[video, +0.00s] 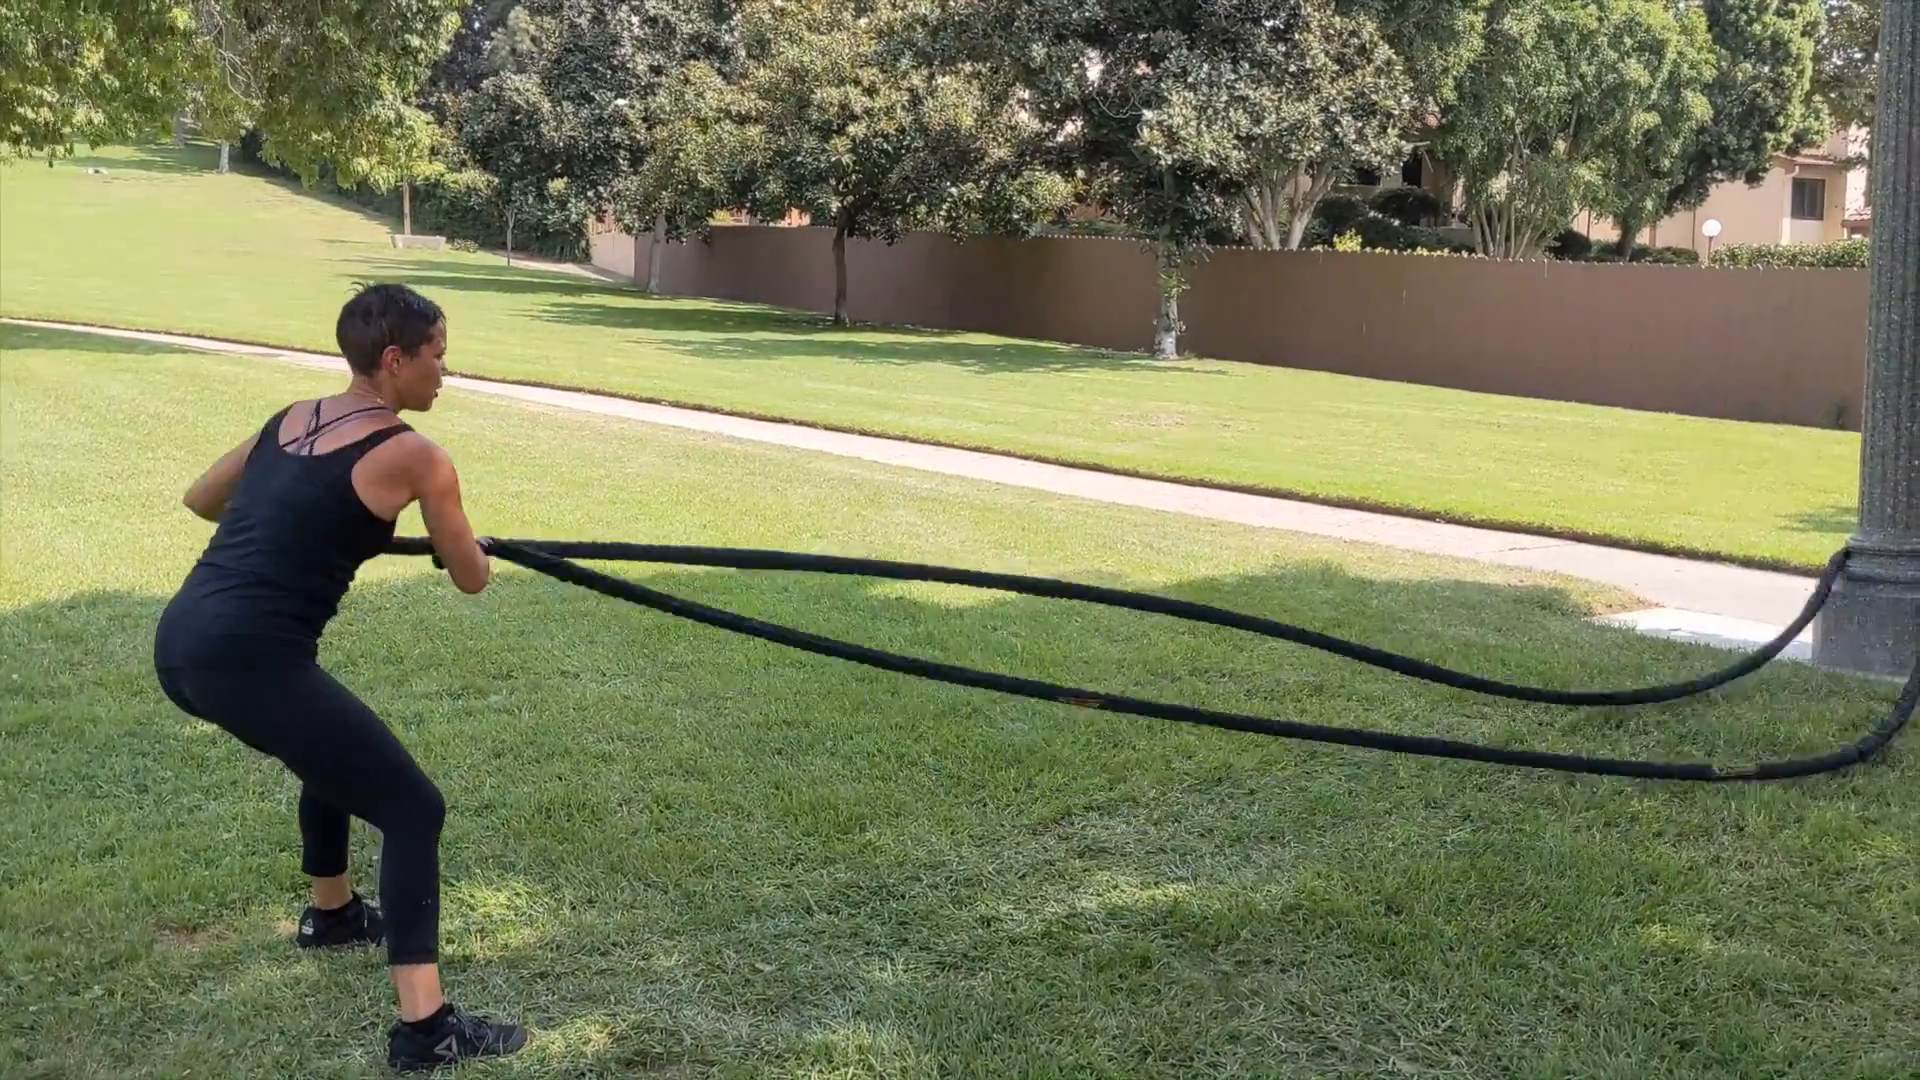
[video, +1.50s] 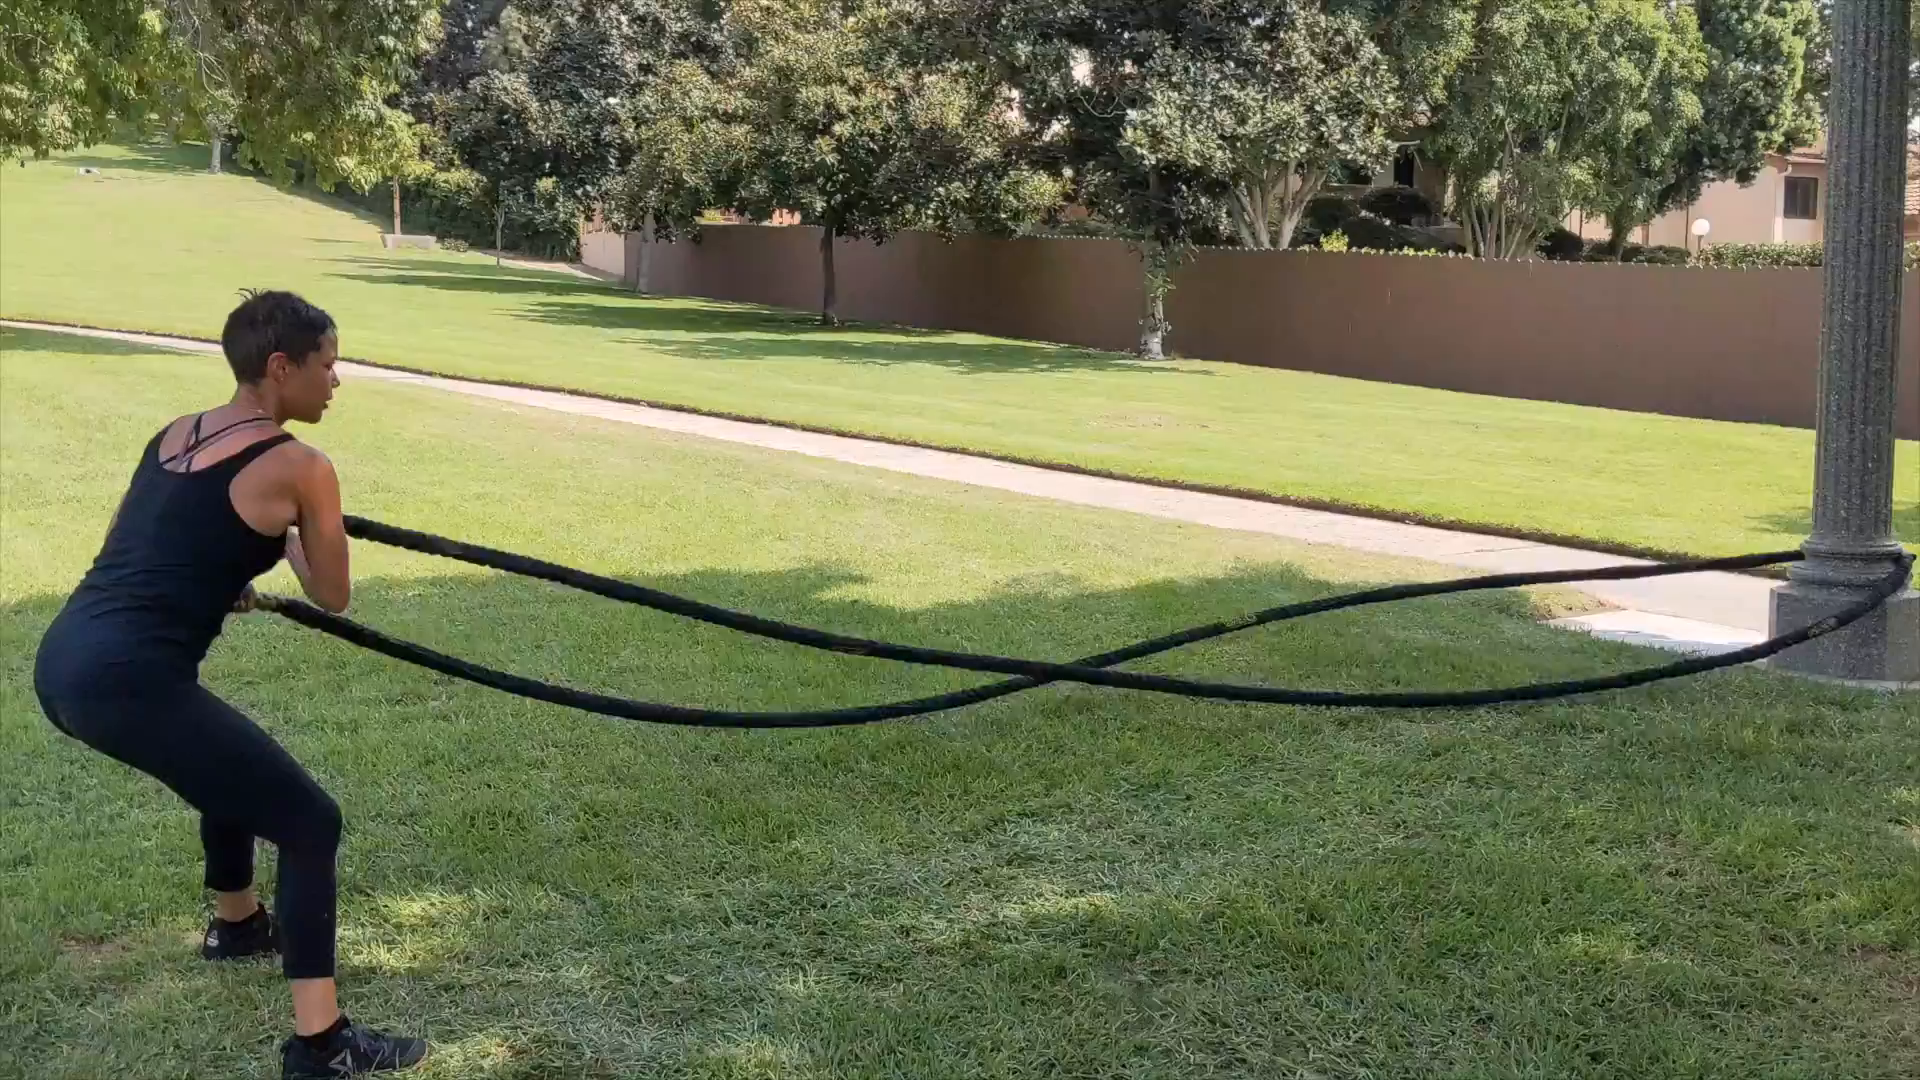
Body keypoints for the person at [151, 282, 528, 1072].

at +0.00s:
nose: (444, 367)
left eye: (443, 352)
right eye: (436, 352)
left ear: (368, 358)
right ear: (395, 357)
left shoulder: (296, 416)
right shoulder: (416, 455)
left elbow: (203, 498)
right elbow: (471, 577)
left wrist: (297, 513)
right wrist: (468, 546)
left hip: (182, 645)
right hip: (252, 659)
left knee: (329, 751)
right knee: (415, 808)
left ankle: (333, 910)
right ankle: (424, 1022)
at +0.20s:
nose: (447, 370)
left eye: (446, 355)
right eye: (440, 355)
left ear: (367, 358)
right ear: (398, 359)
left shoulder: (294, 417)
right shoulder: (417, 460)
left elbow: (227, 502)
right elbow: (448, 579)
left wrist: (330, 518)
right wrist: (411, 519)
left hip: (176, 651)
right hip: (245, 670)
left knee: (317, 759)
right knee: (413, 813)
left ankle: (323, 914)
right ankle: (416, 1026)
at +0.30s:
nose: (443, 371)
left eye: (443, 355)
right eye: (436, 354)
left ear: (369, 359)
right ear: (393, 357)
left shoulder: (314, 428)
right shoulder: (397, 452)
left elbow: (358, 554)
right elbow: (455, 585)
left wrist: (451, 569)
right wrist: (479, 582)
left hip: (176, 654)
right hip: (226, 674)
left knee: (317, 767)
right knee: (397, 814)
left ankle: (319, 916)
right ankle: (412, 1028)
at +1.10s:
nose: (355, 376)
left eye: (354, 360)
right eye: (347, 360)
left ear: (282, 365)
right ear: (298, 363)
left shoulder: (210, 434)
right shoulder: (304, 467)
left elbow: (236, 550)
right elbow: (381, 603)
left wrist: (339, 564)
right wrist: (453, 626)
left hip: (88, 662)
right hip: (148, 682)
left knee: (251, 770)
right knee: (318, 821)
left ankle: (263, 920)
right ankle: (346, 1037)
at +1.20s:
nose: (351, 378)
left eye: (350, 363)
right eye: (341, 364)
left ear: (275, 373)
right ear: (295, 373)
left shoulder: (194, 432)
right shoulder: (315, 477)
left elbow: (122, 529)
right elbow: (386, 597)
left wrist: (240, 548)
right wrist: (424, 580)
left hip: (79, 665)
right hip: (148, 683)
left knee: (241, 766)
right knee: (325, 821)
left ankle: (255, 919)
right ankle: (338, 1037)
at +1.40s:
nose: (342, 379)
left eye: (341, 363)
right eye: (333, 364)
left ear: (264, 370)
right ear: (287, 369)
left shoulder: (179, 428)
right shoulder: (311, 471)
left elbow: (64, 515)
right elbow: (340, 592)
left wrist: (129, 556)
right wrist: (318, 526)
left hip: (69, 672)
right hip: (146, 683)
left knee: (230, 767)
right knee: (322, 820)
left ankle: (242, 922)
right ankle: (326, 1039)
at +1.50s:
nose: (337, 376)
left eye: (336, 360)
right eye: (328, 361)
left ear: (258, 368)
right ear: (281, 365)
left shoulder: (179, 429)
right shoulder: (302, 466)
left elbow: (147, 541)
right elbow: (332, 596)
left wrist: (228, 582)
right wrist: (289, 537)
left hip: (66, 665)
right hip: (132, 682)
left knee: (231, 767)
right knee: (311, 821)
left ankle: (236, 921)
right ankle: (320, 1037)